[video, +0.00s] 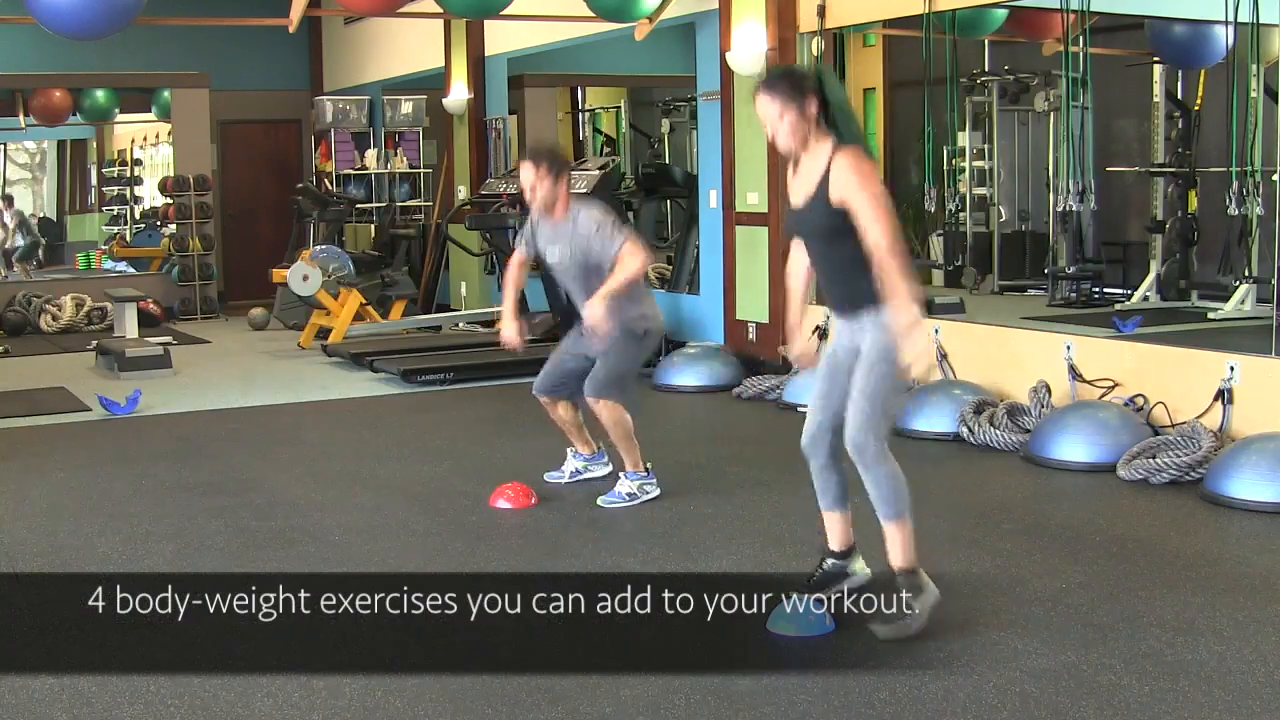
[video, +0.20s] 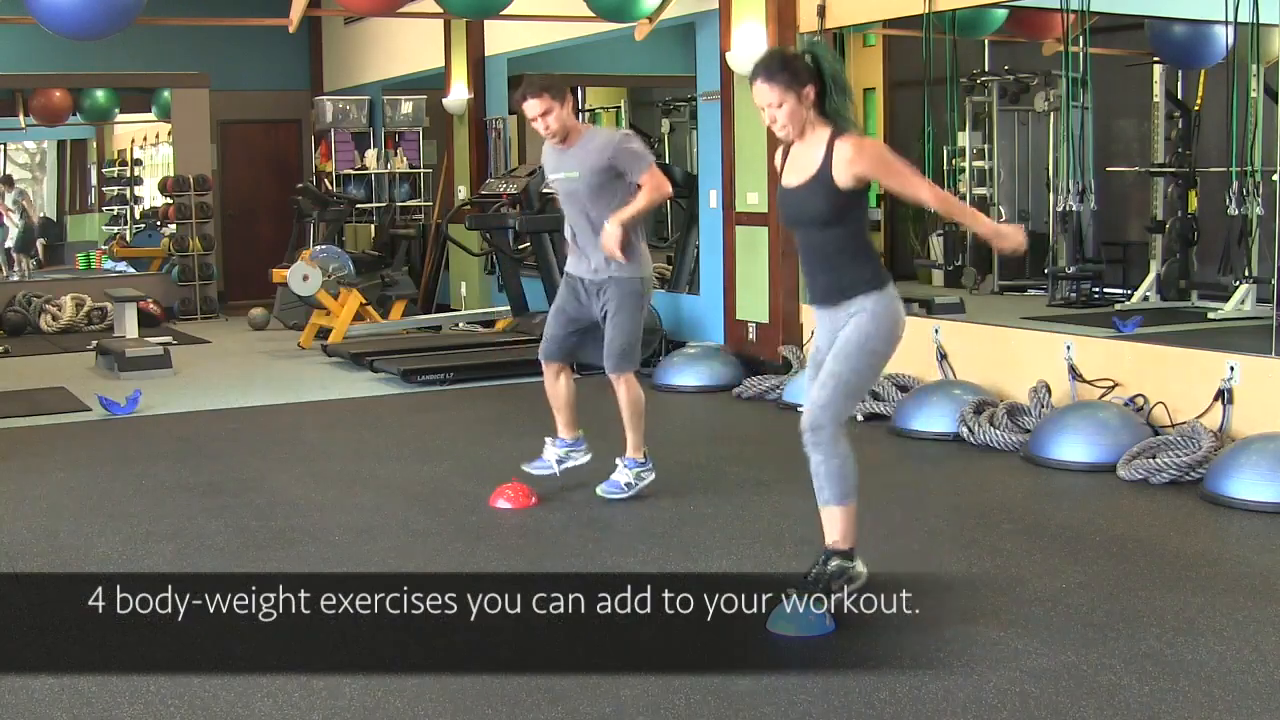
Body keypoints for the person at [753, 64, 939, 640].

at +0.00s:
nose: (770, 129)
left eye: (776, 116)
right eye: (765, 118)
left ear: (809, 108)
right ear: (775, 117)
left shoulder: (848, 165)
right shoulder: (795, 169)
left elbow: (887, 249)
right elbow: (804, 247)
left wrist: (912, 327)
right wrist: (796, 322)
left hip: (885, 320)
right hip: (843, 324)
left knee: (864, 439)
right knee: (818, 440)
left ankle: (909, 578)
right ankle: (843, 557)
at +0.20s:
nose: (768, 118)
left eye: (774, 105)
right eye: (762, 108)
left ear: (807, 94)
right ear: (763, 106)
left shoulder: (852, 149)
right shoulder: (786, 157)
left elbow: (929, 195)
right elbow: (813, 231)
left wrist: (993, 231)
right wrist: (815, 305)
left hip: (870, 309)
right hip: (826, 315)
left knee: (821, 421)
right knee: (818, 427)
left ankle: (843, 558)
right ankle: (834, 553)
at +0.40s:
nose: (770, 129)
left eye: (776, 116)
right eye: (763, 120)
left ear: (807, 104)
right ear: (761, 118)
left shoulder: (846, 159)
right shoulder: (789, 165)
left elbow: (907, 229)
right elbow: (801, 248)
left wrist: (914, 308)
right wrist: (776, 316)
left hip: (867, 318)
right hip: (827, 322)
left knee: (825, 426)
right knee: (814, 432)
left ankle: (870, 558)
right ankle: (841, 554)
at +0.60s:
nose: (765, 181)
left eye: (770, 168)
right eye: (761, 170)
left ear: (803, 159)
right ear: (779, 167)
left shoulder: (844, 213)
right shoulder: (788, 221)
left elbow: (825, 284)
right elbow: (750, 294)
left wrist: (749, 237)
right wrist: (711, 252)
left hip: (900, 363)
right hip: (853, 367)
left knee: (856, 472)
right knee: (792, 459)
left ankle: (913, 595)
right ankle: (835, 562)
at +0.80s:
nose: (760, 306)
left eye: (768, 294)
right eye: (757, 296)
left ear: (803, 292)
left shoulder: (838, 340)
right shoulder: (781, 345)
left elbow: (772, 396)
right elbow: (713, 397)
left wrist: (750, 319)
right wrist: (714, 324)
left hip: (931, 445)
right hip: (874, 445)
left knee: (855, 487)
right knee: (784, 472)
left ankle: (914, 602)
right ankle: (837, 566)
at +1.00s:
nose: (762, 344)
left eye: (771, 332)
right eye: (759, 334)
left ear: (807, 327)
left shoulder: (843, 376)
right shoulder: (779, 377)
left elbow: (777, 434)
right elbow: (717, 420)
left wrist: (740, 357)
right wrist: (702, 356)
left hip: (941, 458)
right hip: (880, 457)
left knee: (862, 486)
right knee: (788, 472)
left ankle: (914, 601)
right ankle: (837, 566)